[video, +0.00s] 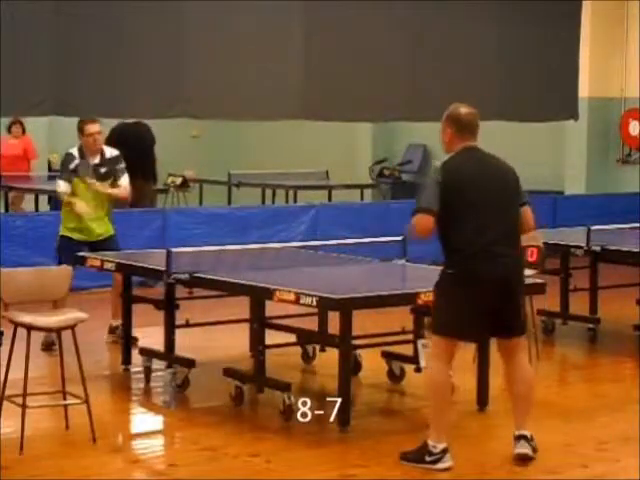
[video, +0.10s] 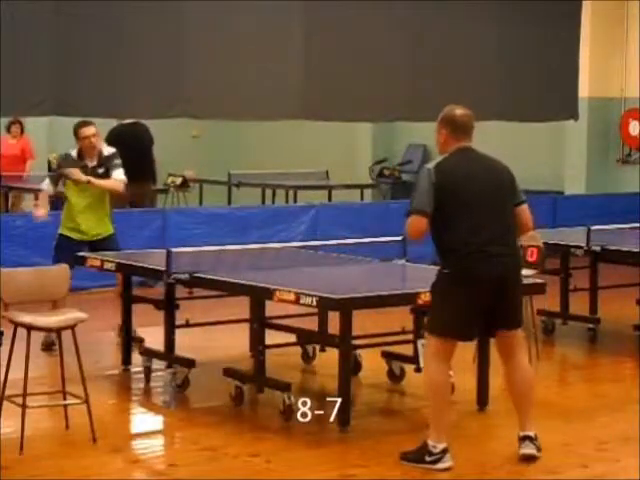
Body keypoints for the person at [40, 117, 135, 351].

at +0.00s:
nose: (96, 139)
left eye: (98, 134)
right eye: (91, 135)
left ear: (103, 134)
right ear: (81, 138)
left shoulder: (114, 156)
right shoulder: (71, 157)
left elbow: (126, 194)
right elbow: (61, 191)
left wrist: (102, 189)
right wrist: (75, 203)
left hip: (102, 227)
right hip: (73, 228)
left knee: (120, 274)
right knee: (63, 279)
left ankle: (117, 324)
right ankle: (53, 330)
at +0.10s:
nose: (92, 141)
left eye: (93, 136)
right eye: (86, 138)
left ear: (99, 136)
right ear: (77, 142)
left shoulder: (110, 156)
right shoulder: (67, 160)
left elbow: (120, 185)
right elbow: (46, 188)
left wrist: (88, 179)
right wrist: (42, 205)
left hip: (102, 230)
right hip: (71, 230)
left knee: (124, 276)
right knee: (59, 280)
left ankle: (126, 327)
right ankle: (52, 332)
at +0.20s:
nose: (89, 150)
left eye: (92, 144)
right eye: (84, 147)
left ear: (97, 144)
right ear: (76, 150)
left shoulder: (108, 159)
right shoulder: (67, 167)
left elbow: (115, 187)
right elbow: (40, 191)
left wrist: (78, 180)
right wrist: (26, 208)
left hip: (103, 231)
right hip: (71, 232)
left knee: (125, 277)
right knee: (58, 282)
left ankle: (127, 328)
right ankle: (52, 331)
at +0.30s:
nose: (88, 162)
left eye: (90, 156)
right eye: (83, 159)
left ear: (96, 153)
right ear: (75, 160)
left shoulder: (109, 169)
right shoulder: (69, 175)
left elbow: (115, 197)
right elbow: (40, 195)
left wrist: (80, 195)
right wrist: (19, 210)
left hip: (103, 238)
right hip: (72, 237)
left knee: (128, 275)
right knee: (58, 284)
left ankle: (127, 328)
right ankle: (52, 332)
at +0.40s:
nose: (86, 167)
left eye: (89, 161)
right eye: (81, 163)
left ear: (96, 156)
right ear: (74, 162)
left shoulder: (109, 170)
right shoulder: (68, 175)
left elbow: (124, 195)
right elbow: (39, 197)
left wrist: (90, 201)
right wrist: (18, 214)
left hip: (103, 238)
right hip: (73, 237)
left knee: (128, 274)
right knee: (58, 284)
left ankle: (127, 328)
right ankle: (51, 331)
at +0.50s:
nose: (84, 168)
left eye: (87, 162)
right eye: (79, 164)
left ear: (94, 157)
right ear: (71, 162)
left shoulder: (106, 162)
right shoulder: (63, 175)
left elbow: (128, 156)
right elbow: (38, 195)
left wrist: (146, 160)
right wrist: (23, 212)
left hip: (105, 237)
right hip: (74, 238)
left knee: (129, 277)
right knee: (61, 285)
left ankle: (128, 328)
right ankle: (52, 332)